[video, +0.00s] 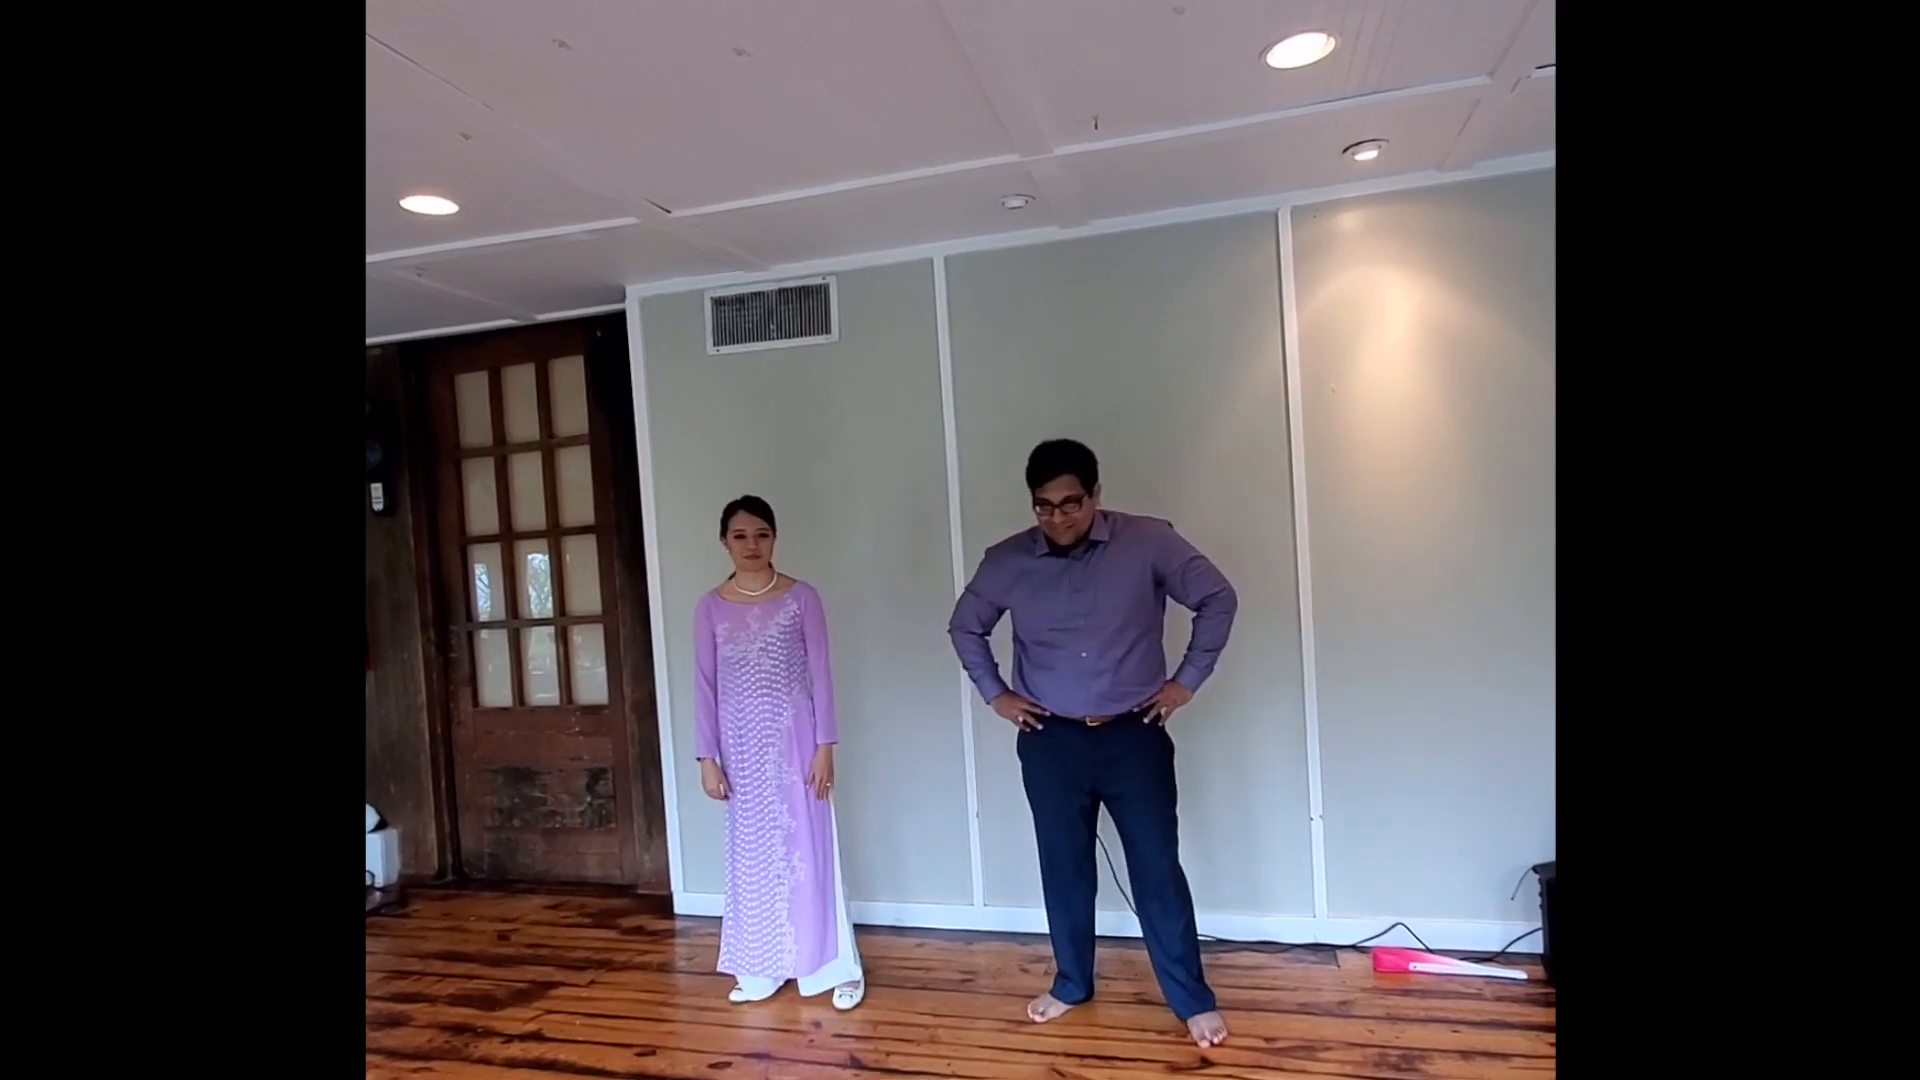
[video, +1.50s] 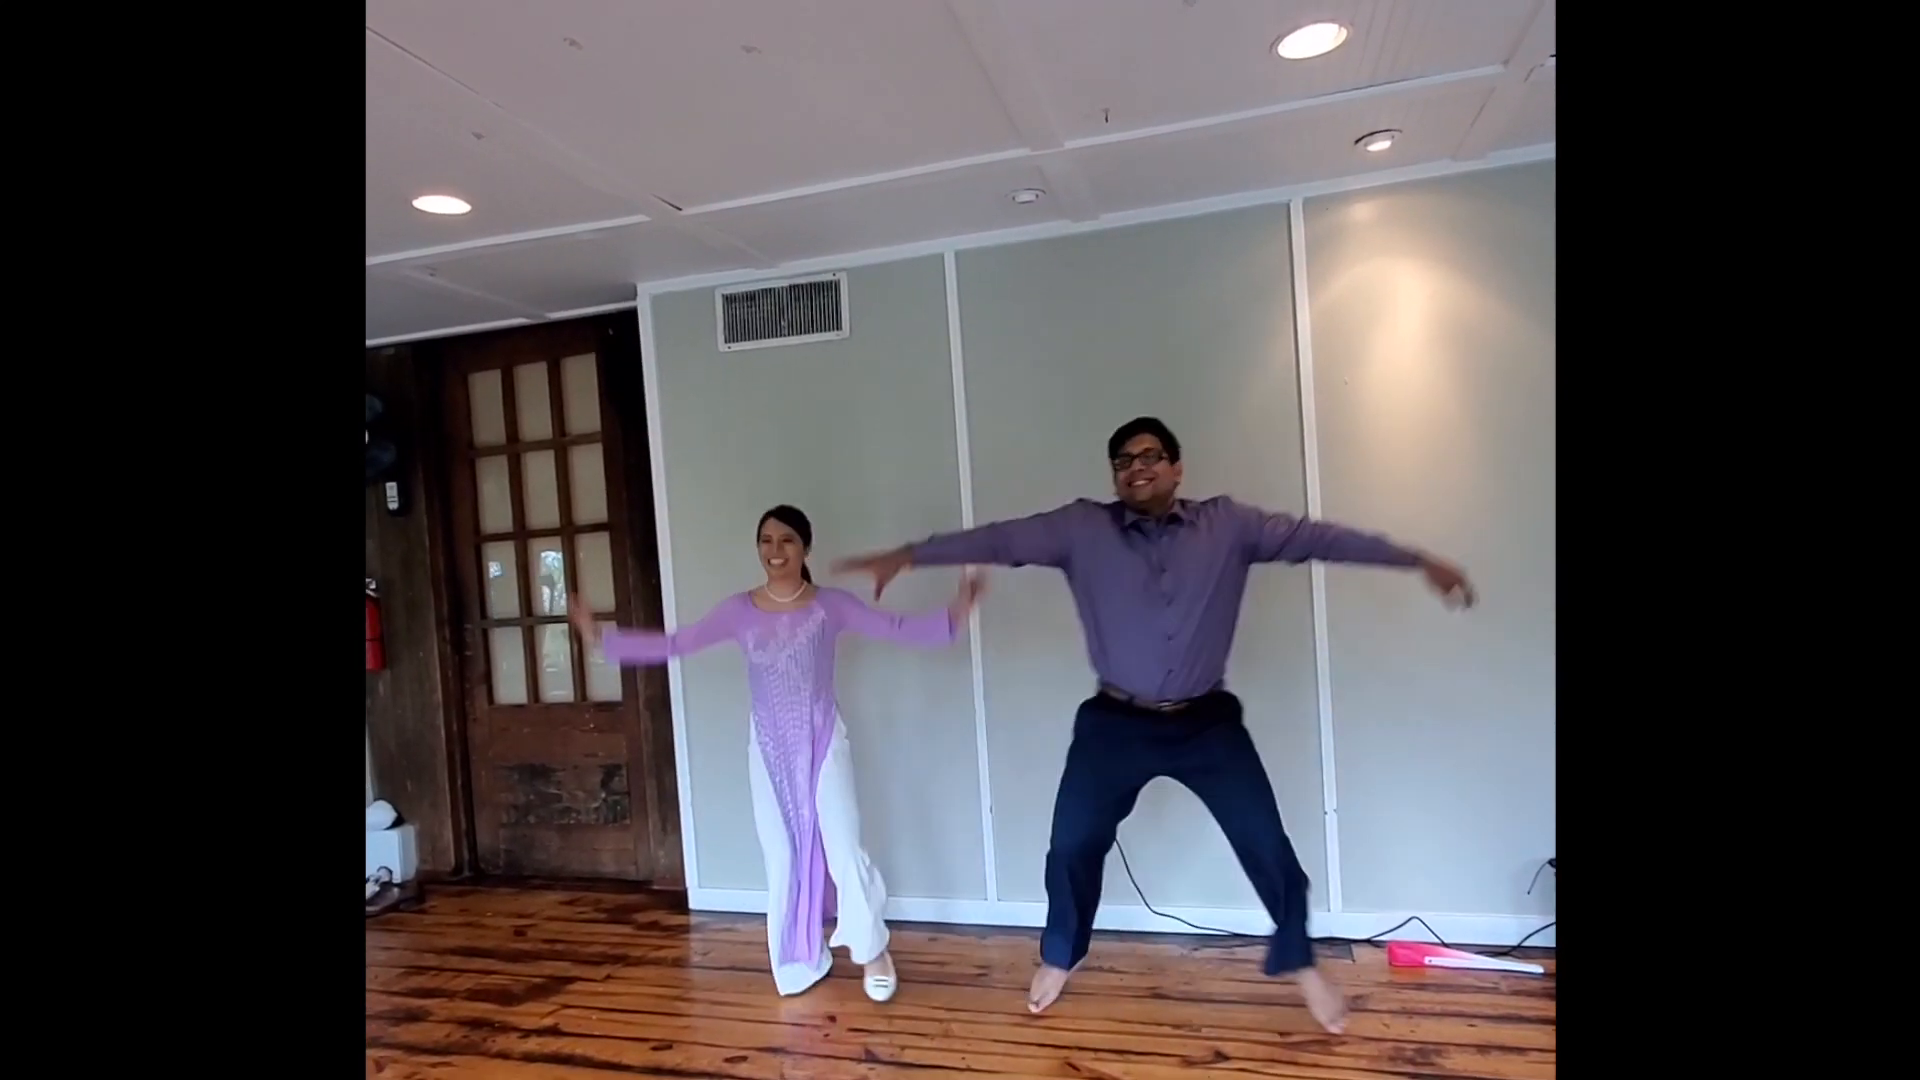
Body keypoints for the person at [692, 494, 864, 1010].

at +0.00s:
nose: (751, 544)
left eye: (761, 535)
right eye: (740, 536)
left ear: (775, 539)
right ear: (725, 542)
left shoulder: (802, 598)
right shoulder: (711, 607)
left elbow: (820, 677)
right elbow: (705, 686)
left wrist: (826, 746)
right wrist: (708, 755)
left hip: (795, 746)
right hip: (741, 752)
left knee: (810, 856)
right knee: (753, 858)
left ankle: (835, 968)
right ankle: (761, 969)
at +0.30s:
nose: (762, 543)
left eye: (771, 533)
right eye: (750, 535)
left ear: (785, 536)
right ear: (736, 541)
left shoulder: (814, 592)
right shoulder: (723, 603)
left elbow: (833, 670)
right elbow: (722, 682)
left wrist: (837, 736)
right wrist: (730, 748)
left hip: (808, 741)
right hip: (754, 746)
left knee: (817, 852)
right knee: (762, 855)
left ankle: (839, 964)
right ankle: (769, 963)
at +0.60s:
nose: (780, 547)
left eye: (790, 539)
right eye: (771, 540)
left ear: (811, 550)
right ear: (762, 554)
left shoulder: (840, 610)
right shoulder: (752, 619)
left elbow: (883, 679)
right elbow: (726, 694)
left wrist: (835, 668)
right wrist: (757, 667)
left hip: (834, 746)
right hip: (782, 749)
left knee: (835, 849)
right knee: (771, 846)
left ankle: (849, 962)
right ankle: (766, 954)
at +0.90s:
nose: (775, 541)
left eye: (786, 534)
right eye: (767, 534)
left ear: (806, 544)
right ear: (757, 545)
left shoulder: (827, 605)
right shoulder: (736, 606)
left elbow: (879, 664)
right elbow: (704, 675)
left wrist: (834, 693)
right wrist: (769, 702)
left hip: (819, 738)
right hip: (763, 741)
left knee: (824, 832)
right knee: (782, 844)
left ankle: (822, 943)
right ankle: (808, 956)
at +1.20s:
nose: (778, 583)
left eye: (789, 573)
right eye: (769, 572)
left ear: (807, 574)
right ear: (760, 575)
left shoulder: (829, 623)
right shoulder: (743, 624)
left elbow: (828, 692)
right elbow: (752, 687)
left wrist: (828, 753)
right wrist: (769, 737)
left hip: (811, 752)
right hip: (756, 754)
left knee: (847, 849)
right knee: (775, 863)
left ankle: (906, 969)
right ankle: (796, 963)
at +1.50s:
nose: (775, 549)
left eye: (785, 540)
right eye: (766, 541)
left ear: (806, 547)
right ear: (757, 550)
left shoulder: (831, 604)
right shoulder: (740, 610)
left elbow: (896, 627)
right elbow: (673, 643)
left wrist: (954, 614)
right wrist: (600, 635)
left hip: (824, 740)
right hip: (768, 744)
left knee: (842, 848)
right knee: (780, 854)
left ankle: (873, 951)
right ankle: (796, 960)